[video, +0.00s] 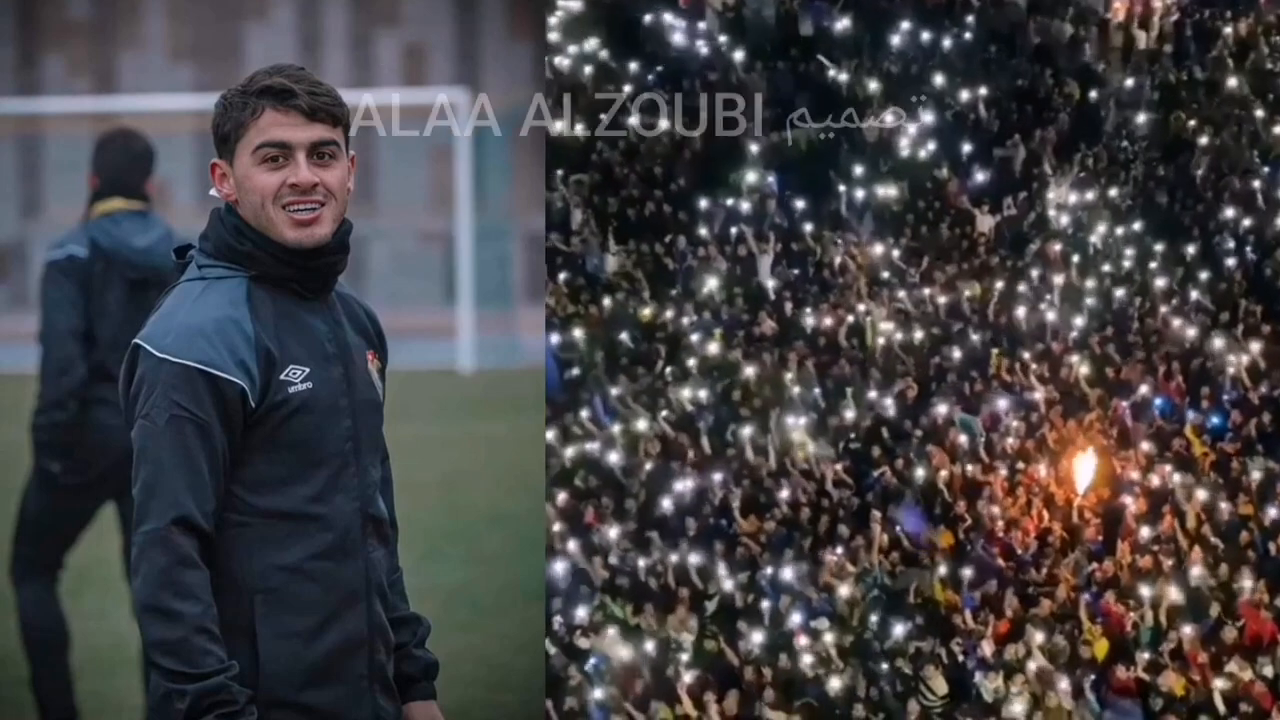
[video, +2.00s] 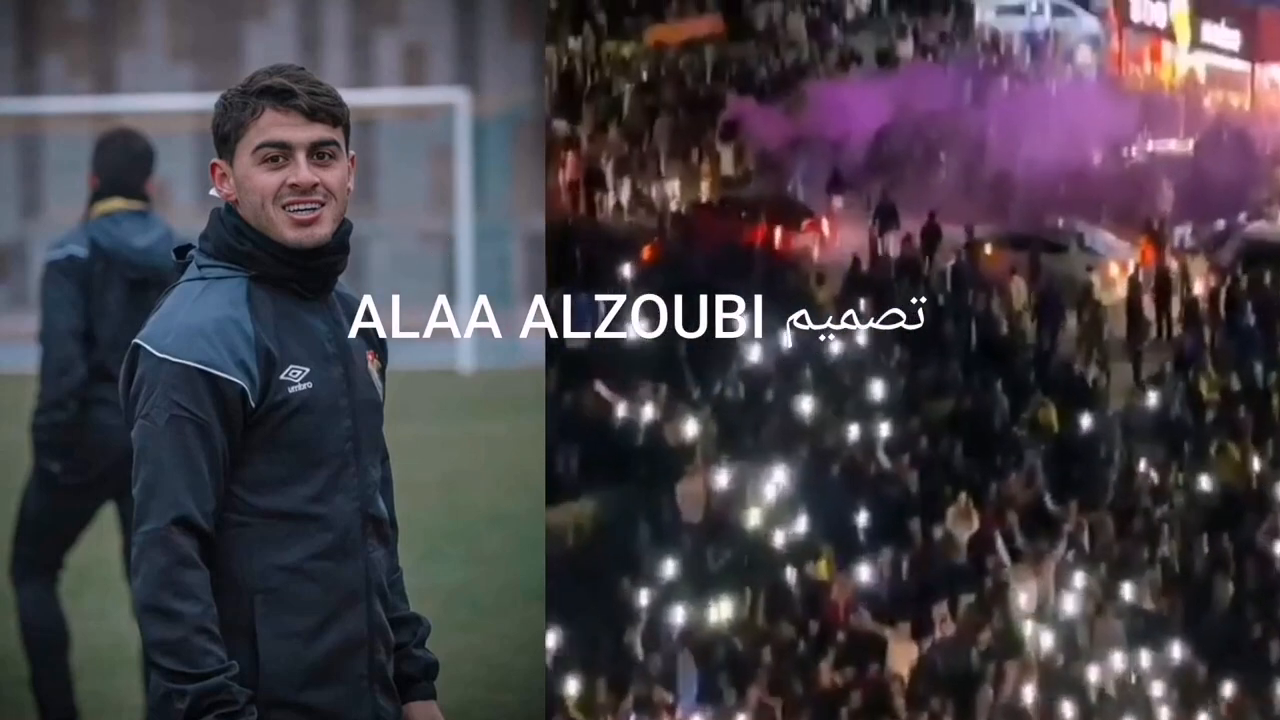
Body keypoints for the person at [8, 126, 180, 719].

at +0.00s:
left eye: (93, 173)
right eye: (149, 178)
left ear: (94, 180)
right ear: (152, 185)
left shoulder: (73, 253)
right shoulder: (178, 254)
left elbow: (65, 361)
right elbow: (190, 352)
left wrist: (52, 442)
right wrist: (175, 429)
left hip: (88, 448)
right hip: (158, 448)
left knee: (34, 569)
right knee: (156, 580)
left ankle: (57, 708)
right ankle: (167, 705)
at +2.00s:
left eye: (94, 173)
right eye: (150, 178)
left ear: (94, 180)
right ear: (152, 185)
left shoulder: (73, 253)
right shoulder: (178, 254)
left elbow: (65, 362)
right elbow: (191, 352)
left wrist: (52, 442)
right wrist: (175, 429)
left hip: (88, 448)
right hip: (158, 447)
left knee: (34, 569)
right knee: (156, 580)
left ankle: (57, 709)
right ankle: (167, 706)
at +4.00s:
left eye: (93, 174)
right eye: (150, 178)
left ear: (94, 180)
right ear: (152, 185)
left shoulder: (74, 253)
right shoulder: (178, 254)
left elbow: (65, 360)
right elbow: (190, 351)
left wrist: (51, 439)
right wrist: (175, 426)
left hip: (88, 447)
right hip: (158, 446)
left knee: (33, 569)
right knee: (157, 580)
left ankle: (57, 708)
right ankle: (167, 704)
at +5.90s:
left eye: (92, 173)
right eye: (150, 178)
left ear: (94, 179)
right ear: (152, 185)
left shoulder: (73, 254)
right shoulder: (178, 255)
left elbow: (65, 363)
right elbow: (191, 352)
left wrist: (51, 442)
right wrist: (175, 429)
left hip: (87, 449)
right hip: (158, 448)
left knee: (33, 570)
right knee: (157, 580)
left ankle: (57, 707)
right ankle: (167, 704)